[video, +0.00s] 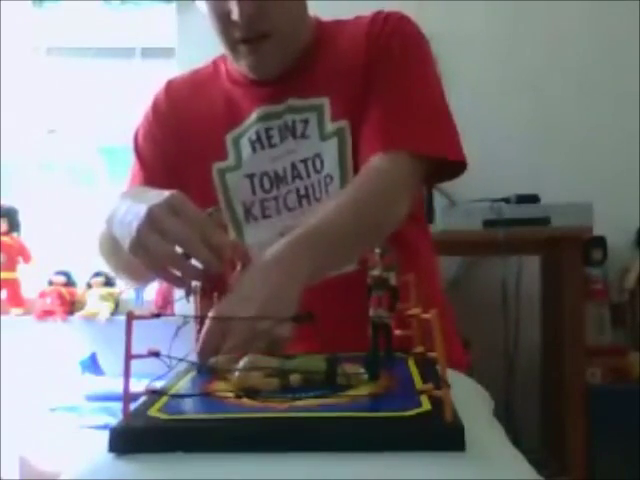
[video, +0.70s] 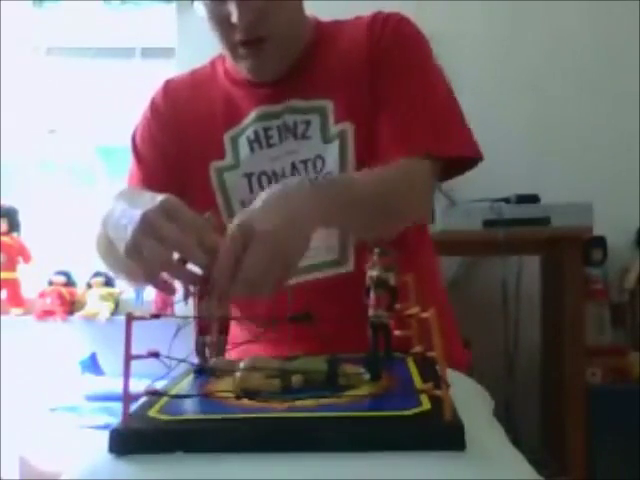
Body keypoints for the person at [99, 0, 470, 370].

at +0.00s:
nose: (239, 15)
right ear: (202, 7)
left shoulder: (383, 43)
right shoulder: (177, 106)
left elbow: (395, 181)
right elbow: (131, 268)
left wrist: (284, 267)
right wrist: (126, 215)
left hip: (399, 382)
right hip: (246, 398)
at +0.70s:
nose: (237, 17)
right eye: (217, 1)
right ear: (200, 7)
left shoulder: (382, 45)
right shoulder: (176, 106)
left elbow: (411, 193)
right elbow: (134, 261)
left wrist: (303, 206)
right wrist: (122, 217)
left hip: (403, 366)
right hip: (257, 377)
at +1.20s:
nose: (240, 14)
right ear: (192, 7)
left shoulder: (386, 49)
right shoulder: (170, 113)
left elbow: (491, 153)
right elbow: (144, 289)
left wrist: (462, 182)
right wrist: (103, 251)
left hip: (411, 367)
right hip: (254, 384)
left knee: (503, 473)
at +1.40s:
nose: (259, 17)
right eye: (237, 4)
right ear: (216, 10)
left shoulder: (402, 49)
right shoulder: (188, 111)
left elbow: (486, 166)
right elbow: (154, 268)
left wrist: (523, 283)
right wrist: (62, 286)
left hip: (427, 375)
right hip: (278, 397)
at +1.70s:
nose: (312, 8)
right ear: (278, 1)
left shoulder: (460, 57)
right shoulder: (236, 100)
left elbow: (535, 192)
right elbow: (187, 252)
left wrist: (590, 304)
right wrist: (115, 354)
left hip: (463, 391)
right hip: (318, 402)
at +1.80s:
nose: (352, 8)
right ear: (319, 3)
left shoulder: (492, 62)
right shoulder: (273, 97)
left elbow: (566, 201)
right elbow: (238, 243)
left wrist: (609, 309)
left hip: (492, 399)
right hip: (342, 408)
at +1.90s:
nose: (399, 5)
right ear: (363, 2)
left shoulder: (533, 70)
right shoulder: (312, 93)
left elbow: (604, 217)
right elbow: (287, 221)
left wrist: (630, 339)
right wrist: (236, 306)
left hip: (519, 405)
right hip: (366, 413)